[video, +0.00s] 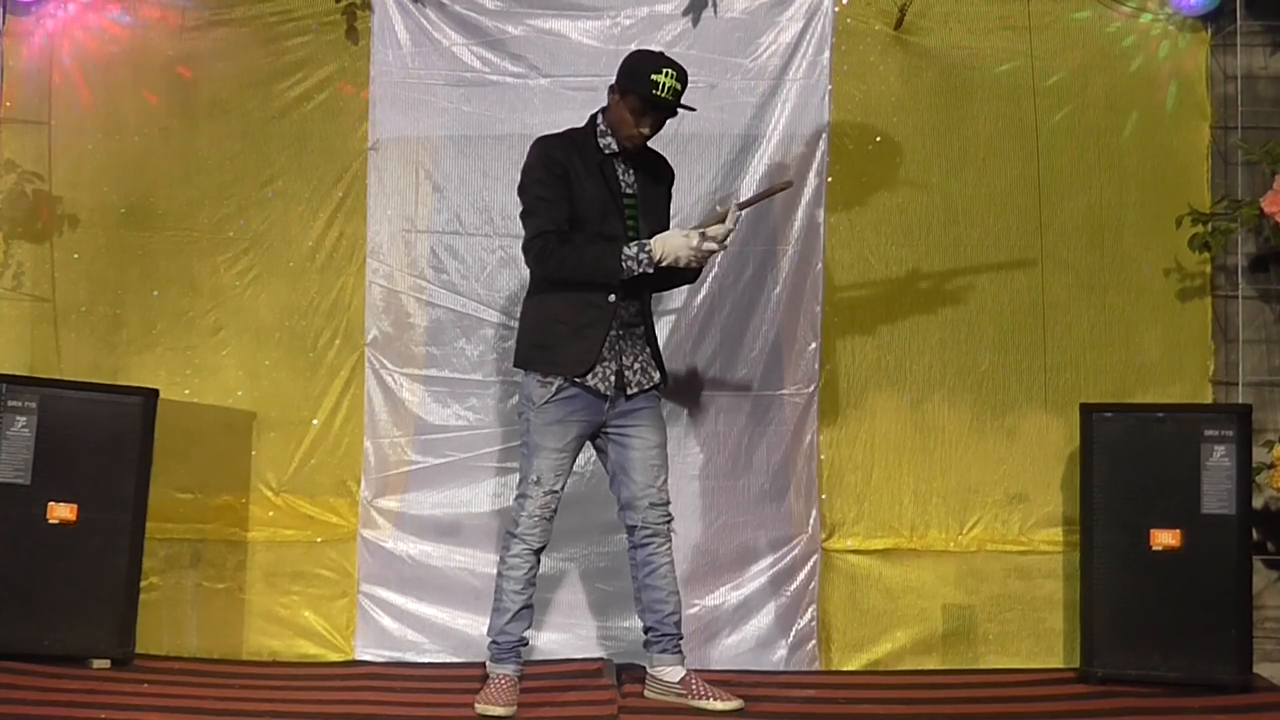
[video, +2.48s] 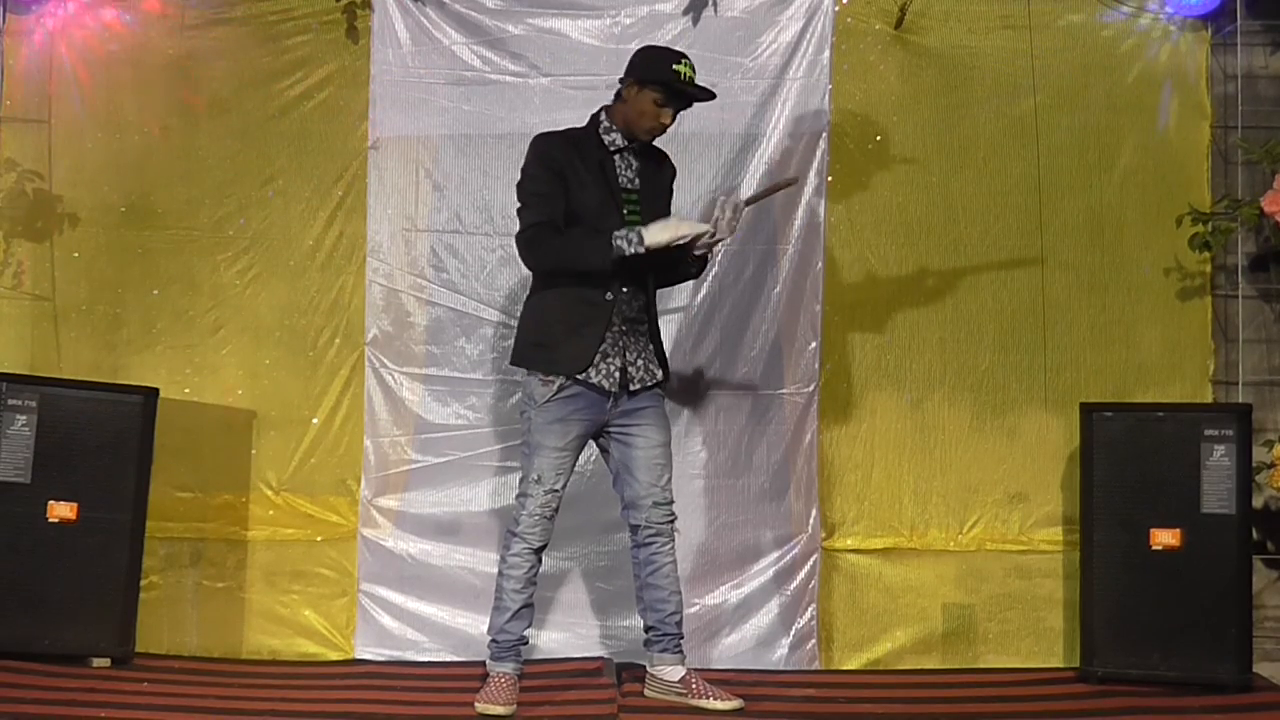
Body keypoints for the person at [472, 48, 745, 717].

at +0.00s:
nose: (651, 124)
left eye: (662, 115)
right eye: (645, 109)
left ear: (667, 115)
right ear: (615, 95)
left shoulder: (656, 172)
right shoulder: (553, 154)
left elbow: (641, 277)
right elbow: (545, 258)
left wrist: (693, 257)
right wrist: (647, 254)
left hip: (635, 375)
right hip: (561, 374)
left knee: (650, 519)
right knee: (532, 521)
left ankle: (666, 671)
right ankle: (503, 671)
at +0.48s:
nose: (657, 127)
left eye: (665, 118)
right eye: (652, 113)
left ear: (660, 117)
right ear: (618, 96)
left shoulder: (652, 174)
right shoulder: (549, 156)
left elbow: (639, 279)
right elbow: (547, 260)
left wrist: (685, 260)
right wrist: (647, 252)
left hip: (635, 377)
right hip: (562, 377)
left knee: (654, 521)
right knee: (533, 526)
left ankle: (667, 672)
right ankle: (503, 673)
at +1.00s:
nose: (646, 121)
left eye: (656, 113)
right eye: (640, 105)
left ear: (658, 115)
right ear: (610, 91)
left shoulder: (651, 170)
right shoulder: (544, 156)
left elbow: (644, 275)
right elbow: (540, 260)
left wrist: (692, 255)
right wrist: (638, 253)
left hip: (636, 376)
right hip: (561, 376)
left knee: (653, 519)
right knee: (532, 525)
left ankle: (666, 671)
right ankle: (503, 672)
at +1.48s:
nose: (648, 115)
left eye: (658, 106)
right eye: (642, 99)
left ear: (662, 111)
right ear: (612, 87)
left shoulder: (652, 166)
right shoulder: (545, 153)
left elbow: (642, 271)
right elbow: (544, 258)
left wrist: (692, 250)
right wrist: (644, 249)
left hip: (638, 374)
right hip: (562, 374)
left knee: (654, 518)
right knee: (533, 522)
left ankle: (666, 670)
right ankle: (503, 669)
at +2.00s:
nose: (633, 91)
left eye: (648, 83)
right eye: (623, 76)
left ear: (661, 94)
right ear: (603, 79)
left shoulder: (662, 173)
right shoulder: (557, 152)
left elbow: (642, 279)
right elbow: (553, 254)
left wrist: (695, 260)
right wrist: (652, 250)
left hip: (639, 372)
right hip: (564, 368)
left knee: (656, 518)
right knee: (534, 519)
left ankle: (667, 670)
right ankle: (503, 668)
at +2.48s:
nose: (669, 120)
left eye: (677, 110)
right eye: (662, 104)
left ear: (673, 111)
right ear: (627, 90)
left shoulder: (658, 168)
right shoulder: (554, 150)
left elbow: (642, 274)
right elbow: (539, 249)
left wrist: (698, 251)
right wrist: (638, 237)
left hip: (638, 374)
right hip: (563, 373)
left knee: (654, 519)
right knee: (533, 522)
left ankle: (666, 670)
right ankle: (502, 670)